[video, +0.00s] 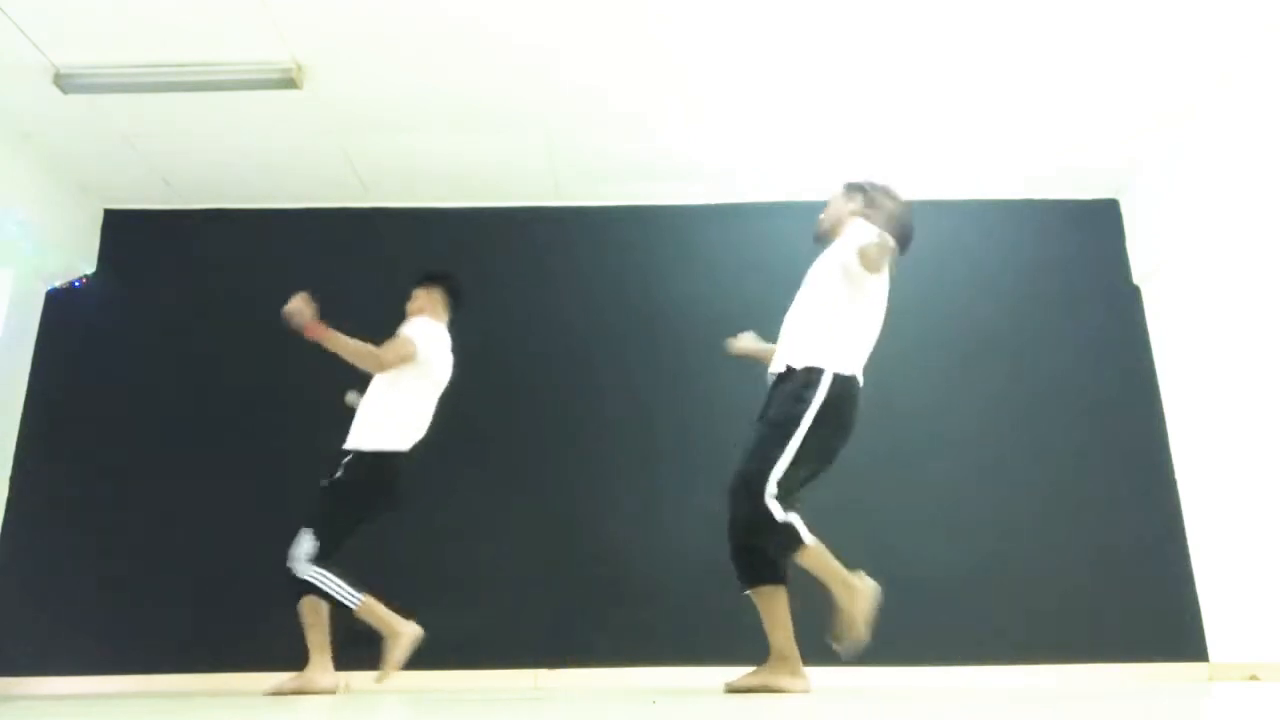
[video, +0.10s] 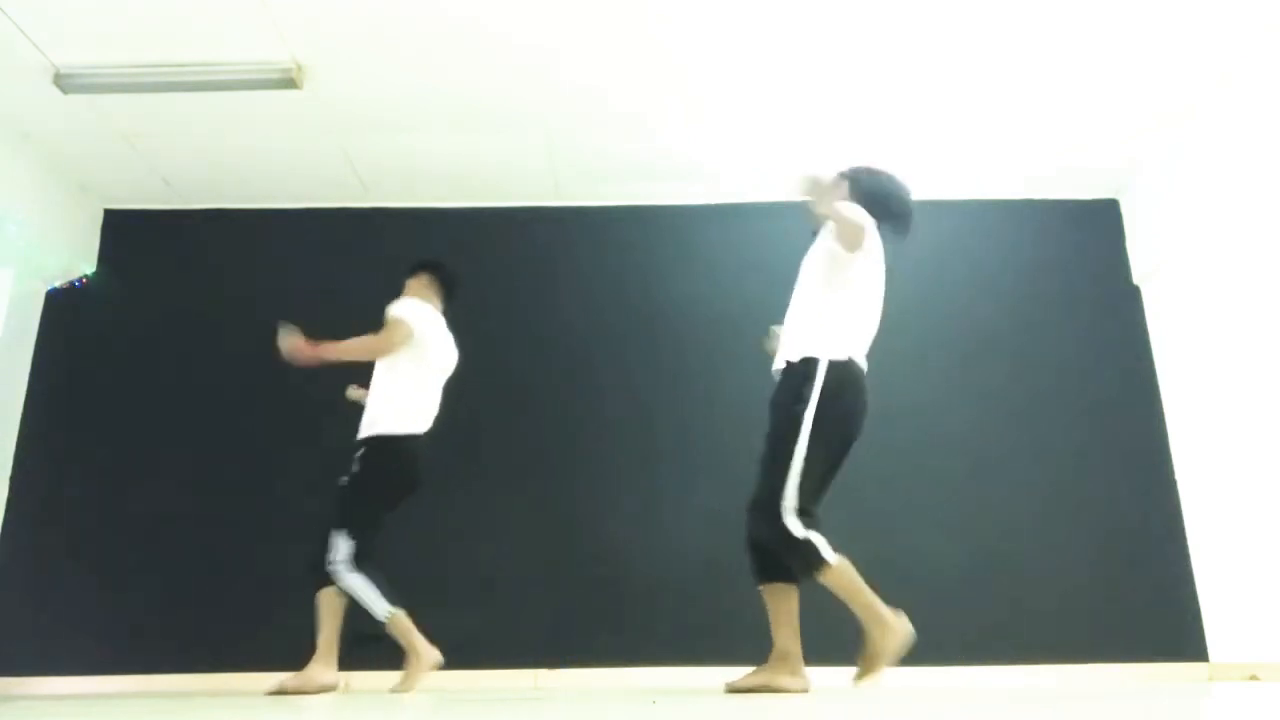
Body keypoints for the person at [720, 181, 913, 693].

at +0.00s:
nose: (826, 204)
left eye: (837, 197)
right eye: (832, 197)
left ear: (862, 207)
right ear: (857, 209)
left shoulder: (862, 243)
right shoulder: (831, 265)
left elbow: (876, 255)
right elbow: (806, 350)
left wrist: (878, 249)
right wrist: (758, 349)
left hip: (820, 386)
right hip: (792, 389)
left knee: (762, 498)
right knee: (747, 516)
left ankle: (851, 590)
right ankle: (783, 664)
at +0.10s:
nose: (826, 189)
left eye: (837, 181)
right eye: (830, 181)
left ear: (857, 193)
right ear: (864, 198)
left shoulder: (858, 231)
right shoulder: (837, 249)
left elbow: (850, 231)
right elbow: (834, 323)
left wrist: (827, 206)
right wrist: (787, 342)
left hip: (825, 379)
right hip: (804, 379)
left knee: (787, 518)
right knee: (766, 520)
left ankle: (883, 624)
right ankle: (785, 663)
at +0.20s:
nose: (811, 193)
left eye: (818, 183)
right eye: (816, 184)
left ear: (832, 187)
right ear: (866, 196)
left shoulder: (836, 216)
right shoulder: (874, 245)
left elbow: (795, 227)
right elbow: (877, 325)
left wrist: (744, 219)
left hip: (834, 366)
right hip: (867, 374)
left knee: (834, 524)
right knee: (806, 518)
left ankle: (906, 658)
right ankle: (783, 655)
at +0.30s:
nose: (807, 198)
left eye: (811, 191)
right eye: (815, 190)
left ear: (817, 195)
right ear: (861, 203)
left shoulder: (815, 229)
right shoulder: (883, 249)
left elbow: (768, 272)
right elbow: (910, 332)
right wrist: (909, 383)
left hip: (857, 373)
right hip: (906, 378)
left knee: (853, 531)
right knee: (850, 528)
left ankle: (913, 664)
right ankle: (809, 655)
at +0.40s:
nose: (807, 223)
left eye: (809, 214)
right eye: (810, 214)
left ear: (817, 215)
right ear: (864, 216)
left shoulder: (812, 252)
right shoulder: (896, 257)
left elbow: (766, 323)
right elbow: (941, 337)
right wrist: (984, 400)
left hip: (870, 383)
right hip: (930, 386)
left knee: (851, 540)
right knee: (891, 535)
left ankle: (914, 667)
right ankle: (869, 653)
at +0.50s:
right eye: (879, 210)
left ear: (828, 221)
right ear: (880, 216)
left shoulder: (819, 262)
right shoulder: (912, 254)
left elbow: (787, 351)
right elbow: (974, 316)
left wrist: (787, 382)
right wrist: (1049, 360)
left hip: (868, 388)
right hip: (932, 386)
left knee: (851, 537)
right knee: (936, 519)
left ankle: (911, 667)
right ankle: (949, 663)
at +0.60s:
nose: (907, 214)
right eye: (903, 206)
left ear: (849, 218)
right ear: (899, 210)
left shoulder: (832, 264)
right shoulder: (928, 243)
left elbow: (820, 349)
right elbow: (994, 277)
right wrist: (1077, 298)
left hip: (863, 392)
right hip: (932, 387)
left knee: (860, 534)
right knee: (967, 511)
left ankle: (911, 667)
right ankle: (1005, 643)